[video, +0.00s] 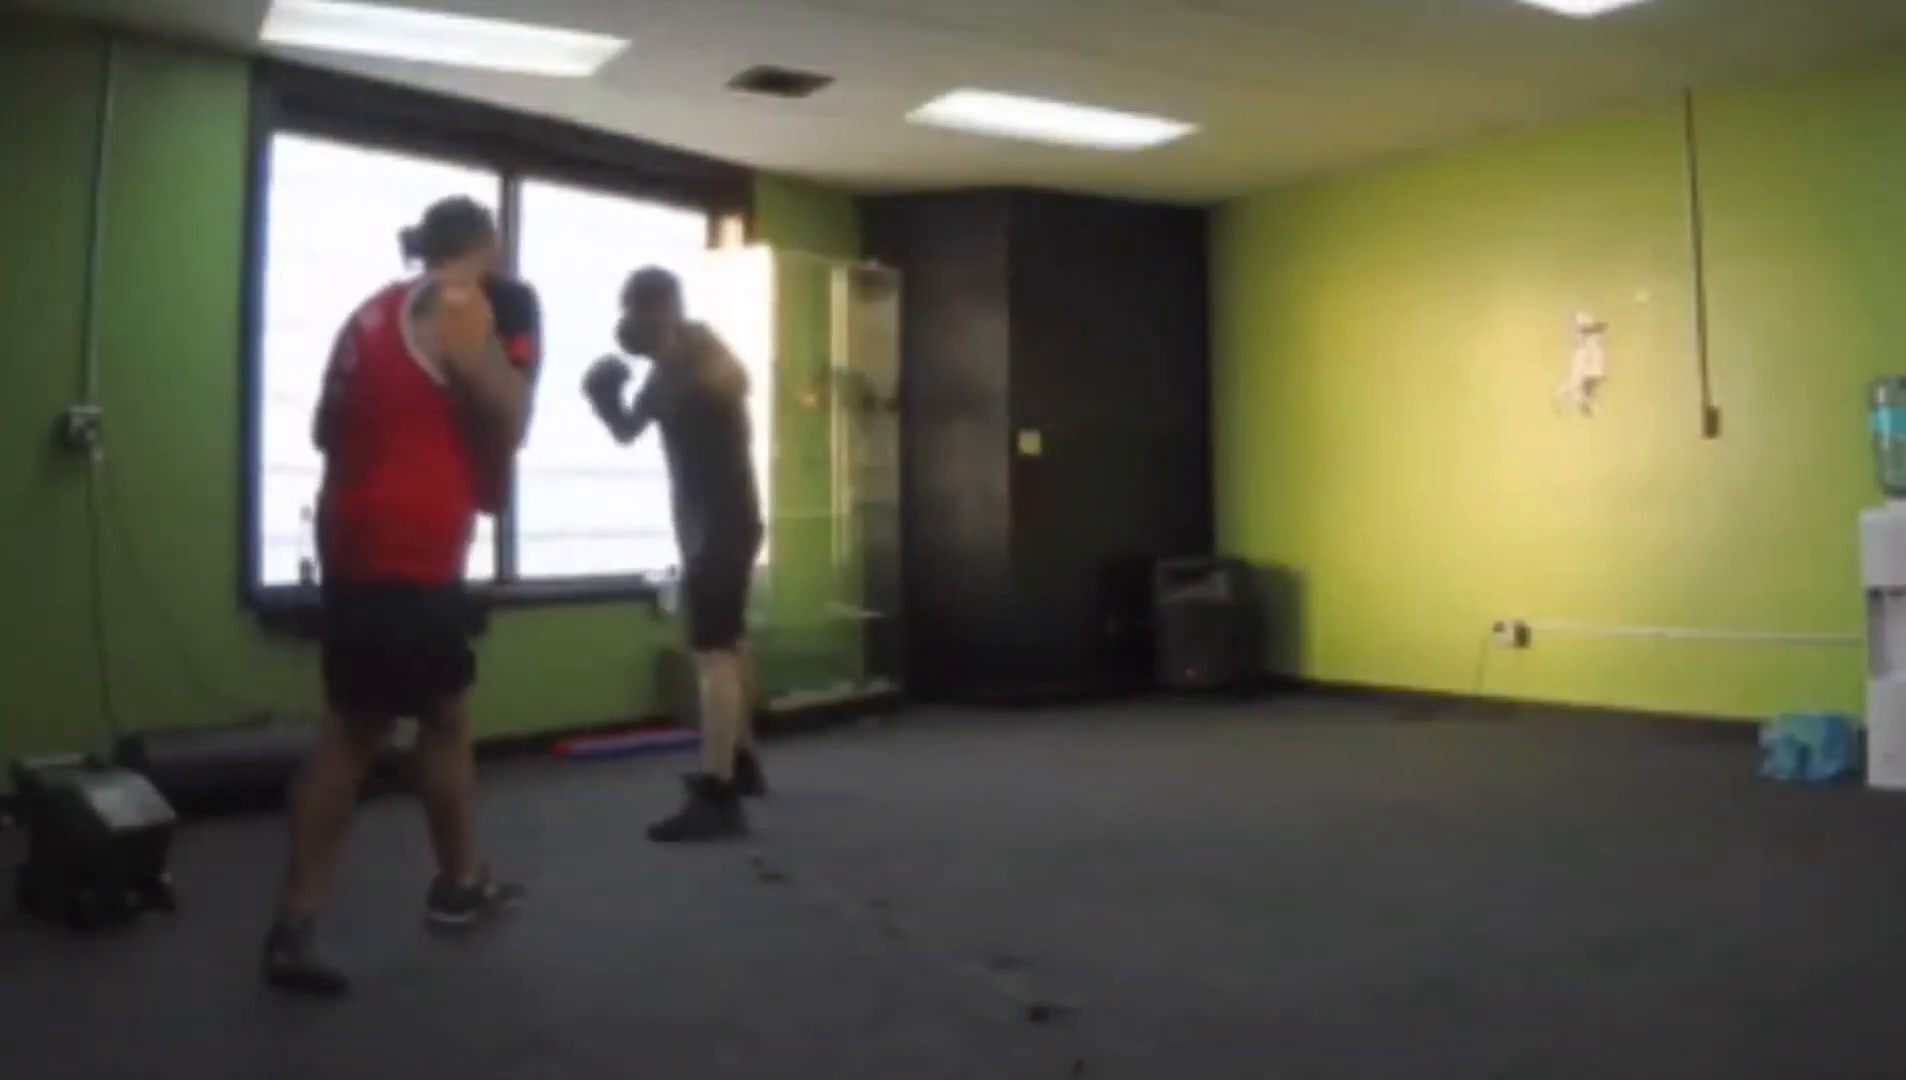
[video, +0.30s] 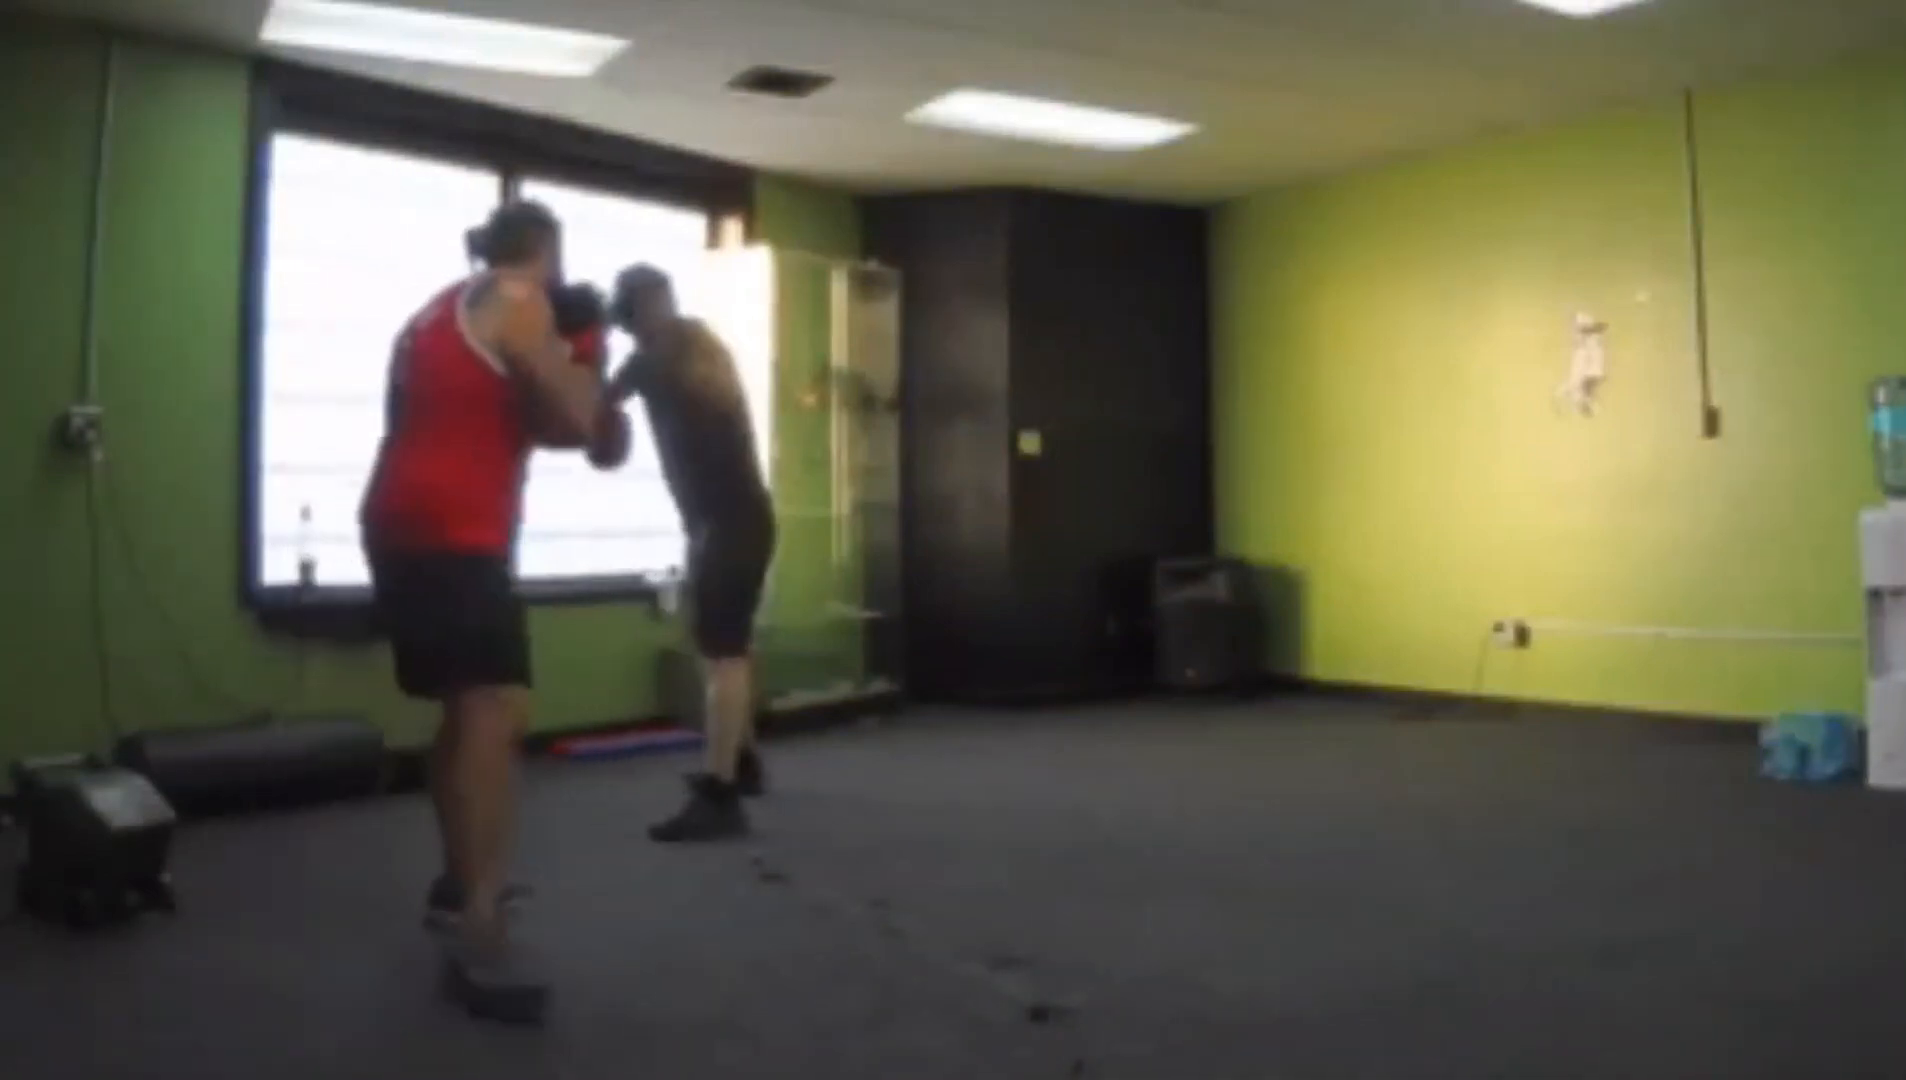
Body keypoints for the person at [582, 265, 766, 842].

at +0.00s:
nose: (624, 327)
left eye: (630, 315)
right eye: (624, 315)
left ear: (657, 312)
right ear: (665, 309)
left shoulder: (679, 362)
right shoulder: (701, 352)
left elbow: (625, 429)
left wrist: (602, 391)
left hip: (715, 527)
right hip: (726, 521)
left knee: (714, 653)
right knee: (724, 647)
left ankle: (715, 788)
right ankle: (738, 759)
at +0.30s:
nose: (639, 326)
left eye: (641, 313)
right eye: (633, 316)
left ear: (654, 305)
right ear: (640, 312)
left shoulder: (679, 346)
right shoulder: (653, 356)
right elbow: (608, 402)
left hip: (733, 518)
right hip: (716, 518)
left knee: (722, 651)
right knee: (725, 647)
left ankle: (719, 787)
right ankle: (739, 757)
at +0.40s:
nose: (632, 320)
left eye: (635, 308)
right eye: (627, 311)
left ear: (653, 303)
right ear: (635, 311)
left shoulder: (686, 340)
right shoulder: (653, 353)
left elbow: (721, 396)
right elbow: (637, 420)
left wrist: (649, 380)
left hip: (736, 516)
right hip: (711, 517)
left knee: (723, 649)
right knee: (725, 645)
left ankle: (719, 788)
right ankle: (745, 752)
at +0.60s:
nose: (627, 330)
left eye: (631, 316)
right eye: (622, 319)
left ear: (651, 304)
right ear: (649, 304)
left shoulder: (692, 343)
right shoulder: (645, 361)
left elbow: (754, 402)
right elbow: (637, 428)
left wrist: (703, 437)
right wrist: (650, 445)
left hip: (731, 517)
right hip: (701, 519)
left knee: (717, 649)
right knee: (727, 645)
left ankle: (719, 787)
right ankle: (747, 755)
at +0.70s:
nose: (635, 325)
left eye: (637, 314)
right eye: (636, 314)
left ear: (648, 312)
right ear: (675, 304)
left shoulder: (688, 351)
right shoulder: (684, 351)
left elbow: (761, 409)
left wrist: (710, 445)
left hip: (718, 514)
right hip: (710, 512)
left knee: (711, 652)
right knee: (725, 647)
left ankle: (718, 788)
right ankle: (748, 756)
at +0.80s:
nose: (644, 330)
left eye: (647, 319)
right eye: (650, 318)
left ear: (658, 319)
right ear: (690, 312)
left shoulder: (685, 356)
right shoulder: (713, 351)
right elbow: (764, 411)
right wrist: (715, 438)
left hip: (710, 518)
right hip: (723, 515)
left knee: (703, 649)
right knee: (726, 643)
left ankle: (718, 786)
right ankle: (747, 756)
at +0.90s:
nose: (655, 343)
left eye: (659, 334)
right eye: (658, 334)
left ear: (673, 336)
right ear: (708, 328)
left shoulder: (695, 370)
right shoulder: (726, 366)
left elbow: (683, 442)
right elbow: (761, 411)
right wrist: (719, 431)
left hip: (702, 517)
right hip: (724, 515)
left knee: (700, 648)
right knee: (723, 642)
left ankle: (721, 789)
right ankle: (748, 755)